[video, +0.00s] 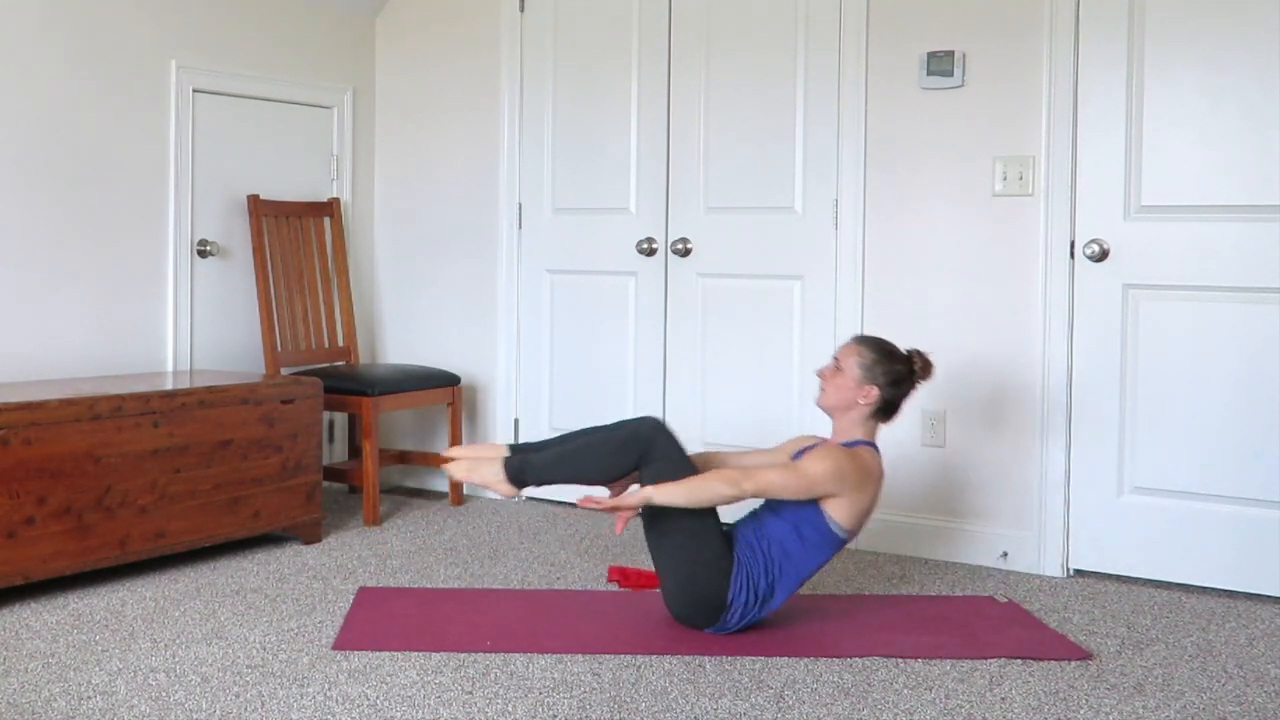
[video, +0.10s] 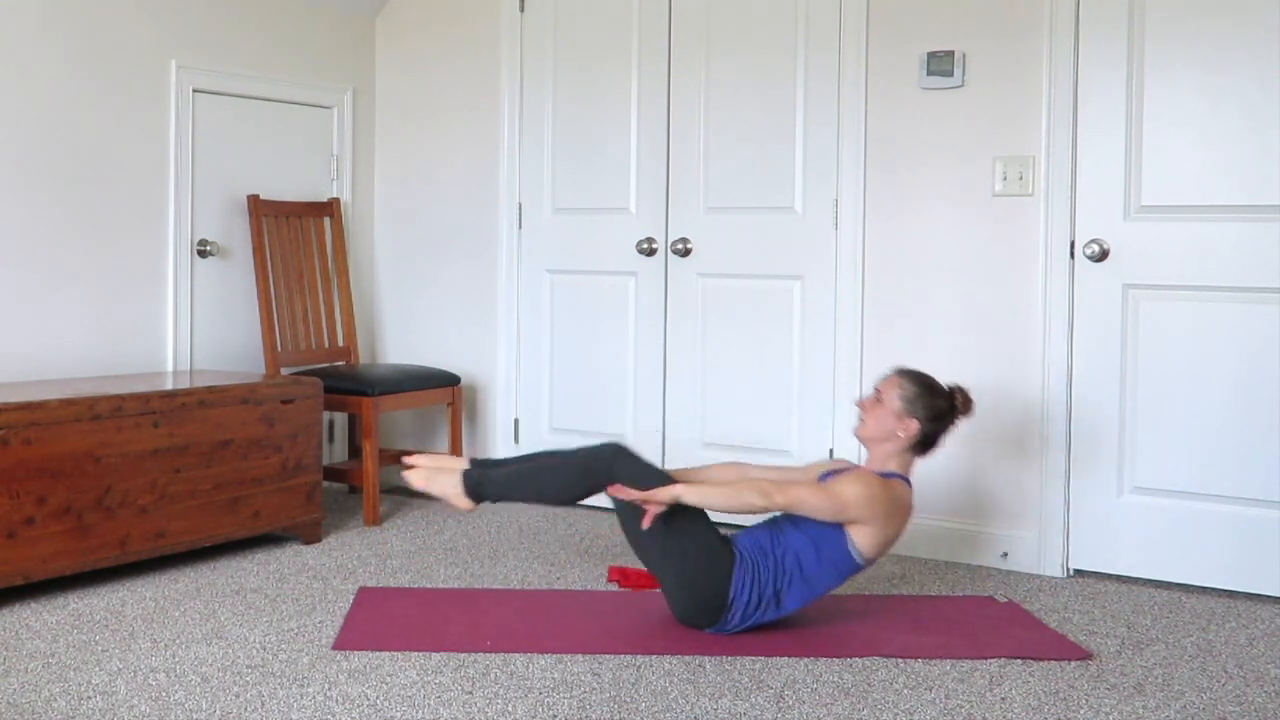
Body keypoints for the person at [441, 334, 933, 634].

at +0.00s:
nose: (823, 373)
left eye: (837, 370)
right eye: (832, 364)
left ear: (865, 396)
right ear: (861, 395)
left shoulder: (848, 466)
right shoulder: (824, 447)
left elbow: (740, 486)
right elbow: (731, 465)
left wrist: (646, 498)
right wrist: (644, 484)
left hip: (720, 595)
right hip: (718, 575)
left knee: (649, 438)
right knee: (647, 435)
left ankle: (510, 474)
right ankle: (511, 461)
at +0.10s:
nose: (862, 408)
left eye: (877, 404)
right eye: (871, 399)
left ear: (906, 431)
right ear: (896, 425)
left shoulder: (875, 494)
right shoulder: (860, 475)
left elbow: (770, 493)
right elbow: (762, 480)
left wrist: (677, 490)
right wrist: (672, 486)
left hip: (726, 595)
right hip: (727, 570)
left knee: (617, 463)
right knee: (618, 458)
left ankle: (468, 482)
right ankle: (473, 474)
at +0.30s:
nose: (925, 473)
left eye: (940, 472)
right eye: (935, 465)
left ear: (964, 505)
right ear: (955, 498)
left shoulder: (915, 554)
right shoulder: (910, 540)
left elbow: (818, 519)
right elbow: (811, 517)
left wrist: (727, 491)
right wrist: (717, 488)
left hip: (734, 583)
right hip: (737, 569)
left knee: (592, 510)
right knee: (594, 507)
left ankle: (446, 499)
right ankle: (451, 493)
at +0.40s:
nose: (941, 496)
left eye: (958, 496)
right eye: (951, 489)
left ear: (980, 532)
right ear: (965, 518)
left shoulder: (926, 571)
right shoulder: (920, 556)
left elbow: (836, 526)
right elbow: (833, 525)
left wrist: (751, 488)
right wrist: (741, 487)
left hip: (739, 584)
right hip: (741, 564)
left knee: (602, 513)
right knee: (602, 505)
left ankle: (457, 479)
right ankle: (463, 472)